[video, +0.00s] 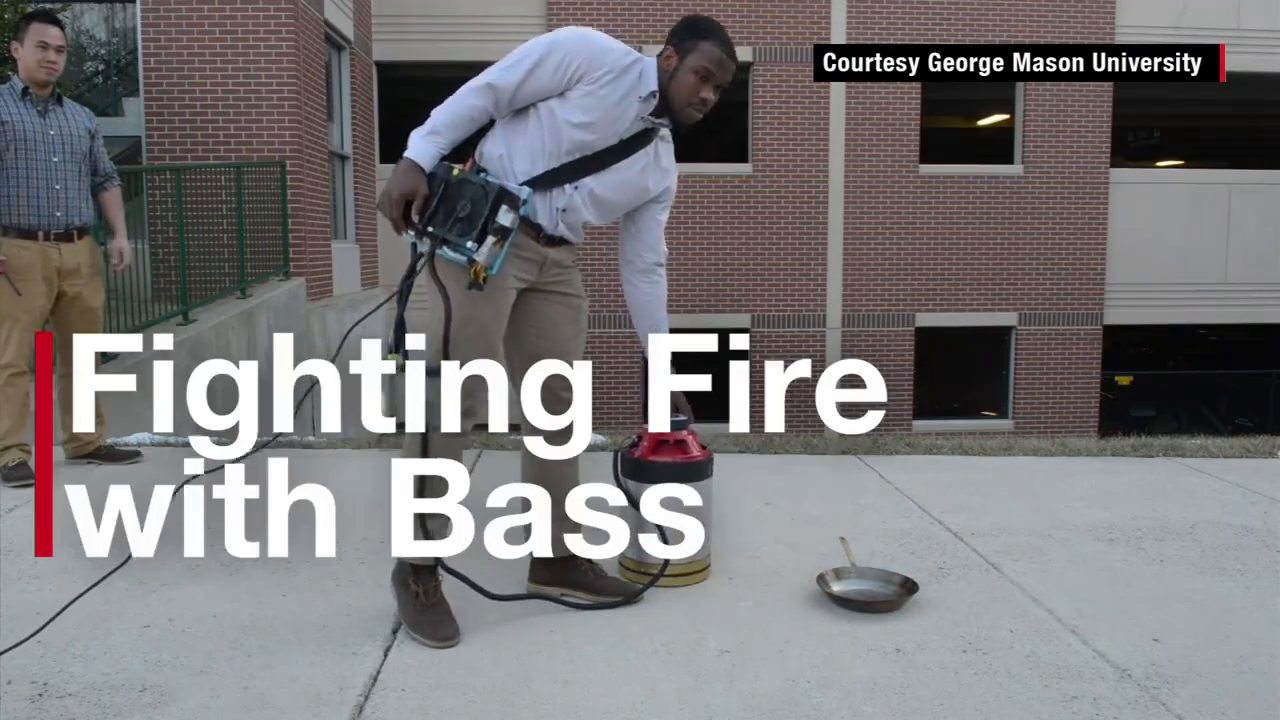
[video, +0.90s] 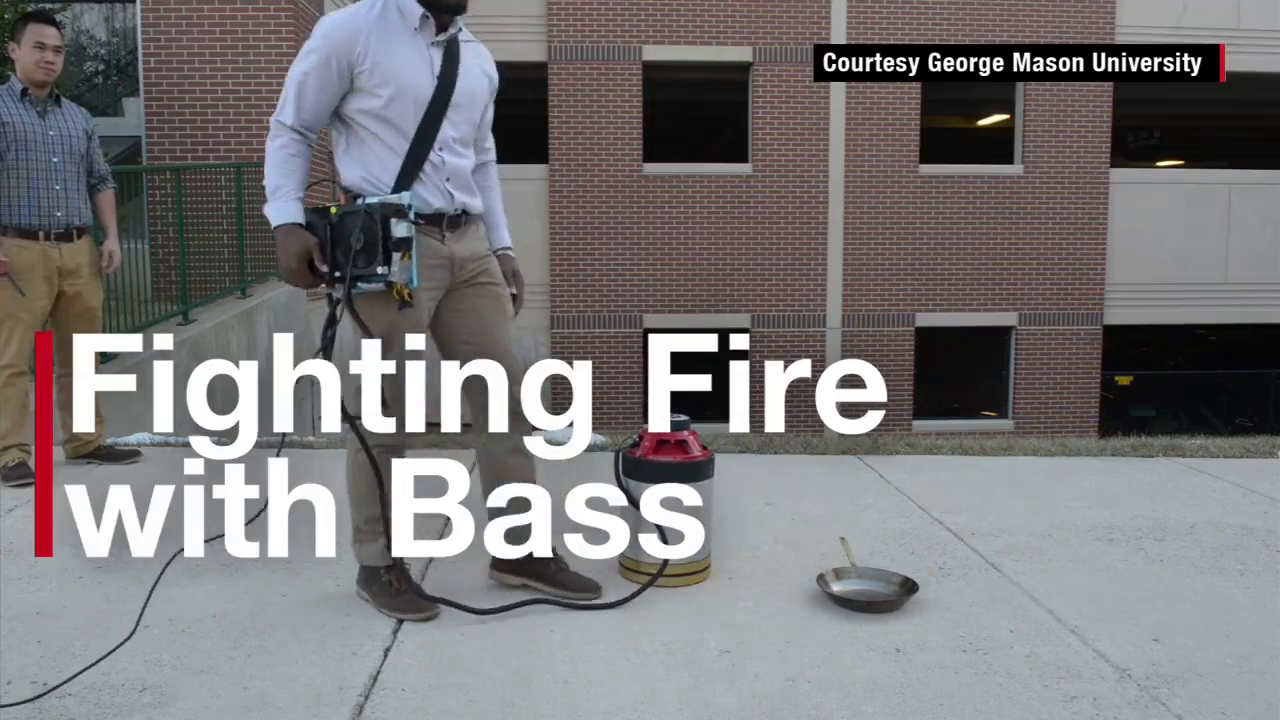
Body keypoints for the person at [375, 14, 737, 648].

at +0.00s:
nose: (710, 98)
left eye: (721, 89)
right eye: (703, 78)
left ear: (722, 90)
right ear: (668, 56)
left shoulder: (658, 171)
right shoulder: (592, 55)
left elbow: (646, 272)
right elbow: (488, 93)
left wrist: (664, 376)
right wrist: (415, 161)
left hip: (554, 260)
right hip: (480, 234)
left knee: (557, 411)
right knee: (460, 410)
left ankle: (554, 557)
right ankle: (418, 567)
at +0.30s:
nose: (668, 42)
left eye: (678, 33)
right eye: (659, 25)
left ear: (680, 37)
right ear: (623, 14)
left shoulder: (641, 134)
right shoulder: (546, 38)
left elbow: (631, 234)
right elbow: (455, 95)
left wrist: (644, 327)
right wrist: (401, 175)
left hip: (554, 255)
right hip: (479, 237)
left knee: (554, 409)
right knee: (455, 409)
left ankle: (557, 556)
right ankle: (401, 556)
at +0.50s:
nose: (611, 9)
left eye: (615, 3)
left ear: (613, 17)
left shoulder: (605, 103)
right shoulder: (490, 32)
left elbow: (601, 203)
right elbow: (410, 108)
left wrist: (608, 287)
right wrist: (374, 195)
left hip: (542, 252)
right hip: (464, 243)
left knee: (548, 408)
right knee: (442, 409)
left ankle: (555, 554)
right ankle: (386, 555)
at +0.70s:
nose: (527, 0)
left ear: (534, 6)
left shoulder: (542, 83)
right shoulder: (412, 36)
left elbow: (546, 185)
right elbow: (346, 124)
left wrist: (560, 266)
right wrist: (329, 212)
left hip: (514, 251)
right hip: (427, 248)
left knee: (532, 410)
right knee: (411, 414)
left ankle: (555, 553)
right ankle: (383, 562)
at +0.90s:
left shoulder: (478, 60)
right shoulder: (351, 30)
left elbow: (483, 160)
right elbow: (291, 127)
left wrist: (501, 247)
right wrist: (286, 222)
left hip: (468, 245)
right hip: (387, 248)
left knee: (500, 399)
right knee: (386, 413)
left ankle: (521, 547)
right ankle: (380, 563)